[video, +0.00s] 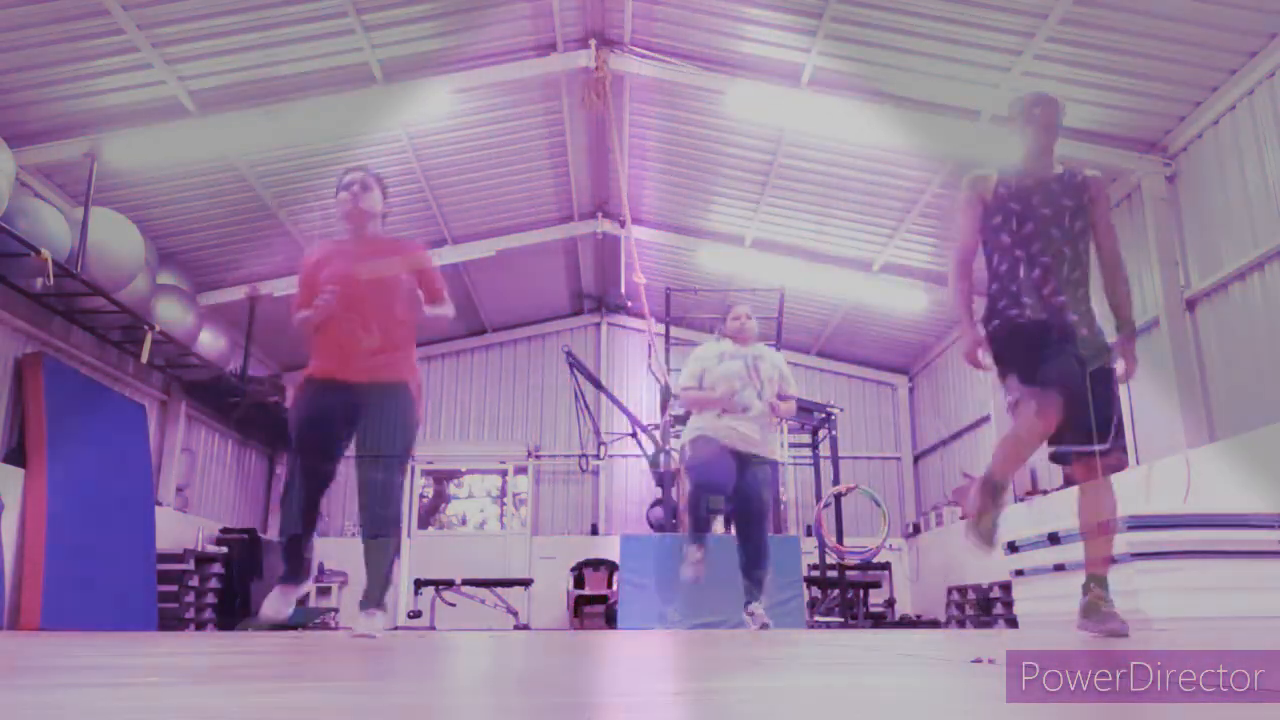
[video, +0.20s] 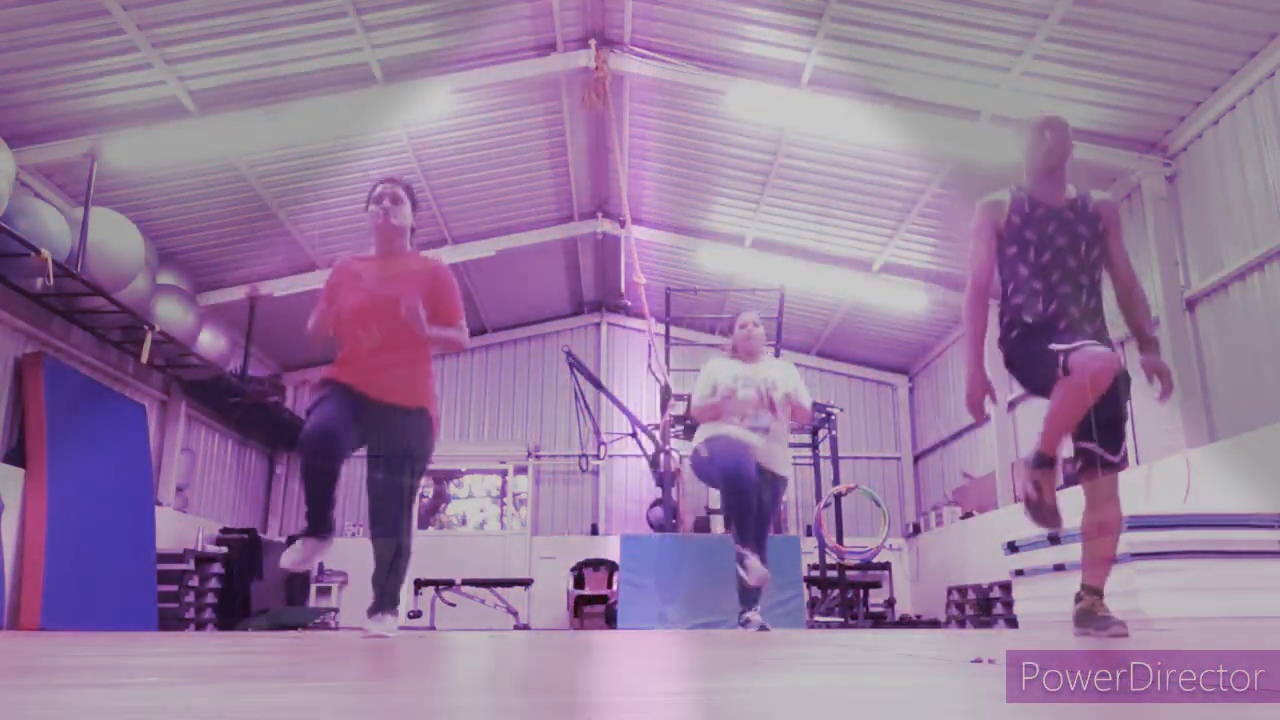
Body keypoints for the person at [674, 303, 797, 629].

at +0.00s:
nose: (742, 322)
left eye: (748, 318)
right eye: (735, 318)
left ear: (757, 326)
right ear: (724, 327)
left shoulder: (773, 358)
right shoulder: (707, 352)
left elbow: (790, 404)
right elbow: (684, 395)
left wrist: (781, 407)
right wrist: (717, 398)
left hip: (757, 444)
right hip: (710, 435)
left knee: (756, 522)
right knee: (712, 478)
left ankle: (753, 600)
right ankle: (697, 544)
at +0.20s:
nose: (750, 330)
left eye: (756, 325)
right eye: (743, 326)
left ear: (766, 334)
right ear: (732, 337)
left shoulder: (784, 369)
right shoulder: (716, 366)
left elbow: (806, 416)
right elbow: (696, 412)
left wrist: (785, 406)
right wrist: (727, 402)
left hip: (768, 456)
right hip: (721, 445)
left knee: (755, 534)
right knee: (739, 463)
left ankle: (750, 609)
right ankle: (747, 548)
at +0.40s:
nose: (755, 330)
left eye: (761, 325)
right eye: (748, 327)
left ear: (770, 332)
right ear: (737, 335)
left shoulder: (789, 365)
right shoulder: (722, 366)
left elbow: (811, 420)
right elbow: (702, 416)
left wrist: (789, 405)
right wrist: (734, 409)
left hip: (781, 463)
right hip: (734, 457)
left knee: (753, 533)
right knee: (764, 519)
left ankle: (732, 604)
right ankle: (760, 607)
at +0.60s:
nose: (758, 341)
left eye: (763, 335)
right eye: (752, 335)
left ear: (773, 336)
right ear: (741, 338)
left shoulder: (793, 367)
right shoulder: (728, 368)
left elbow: (815, 416)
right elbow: (714, 418)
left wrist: (794, 410)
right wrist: (747, 408)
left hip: (789, 470)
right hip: (744, 466)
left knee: (782, 539)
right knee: (767, 527)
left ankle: (744, 587)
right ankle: (760, 609)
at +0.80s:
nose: (770, 323)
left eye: (775, 318)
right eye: (762, 319)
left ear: (784, 327)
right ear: (751, 329)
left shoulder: (801, 360)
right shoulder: (735, 361)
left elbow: (822, 404)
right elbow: (719, 409)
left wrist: (806, 420)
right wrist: (756, 408)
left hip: (793, 457)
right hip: (749, 462)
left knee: (838, 469)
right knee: (778, 526)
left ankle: (802, 527)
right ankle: (778, 604)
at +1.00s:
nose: (778, 325)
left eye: (783, 321)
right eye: (771, 320)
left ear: (792, 330)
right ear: (758, 330)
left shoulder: (809, 365)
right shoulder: (741, 365)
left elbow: (831, 412)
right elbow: (727, 411)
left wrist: (821, 410)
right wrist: (761, 405)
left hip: (809, 449)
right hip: (762, 456)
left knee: (839, 486)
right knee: (778, 532)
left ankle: (835, 569)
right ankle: (781, 607)